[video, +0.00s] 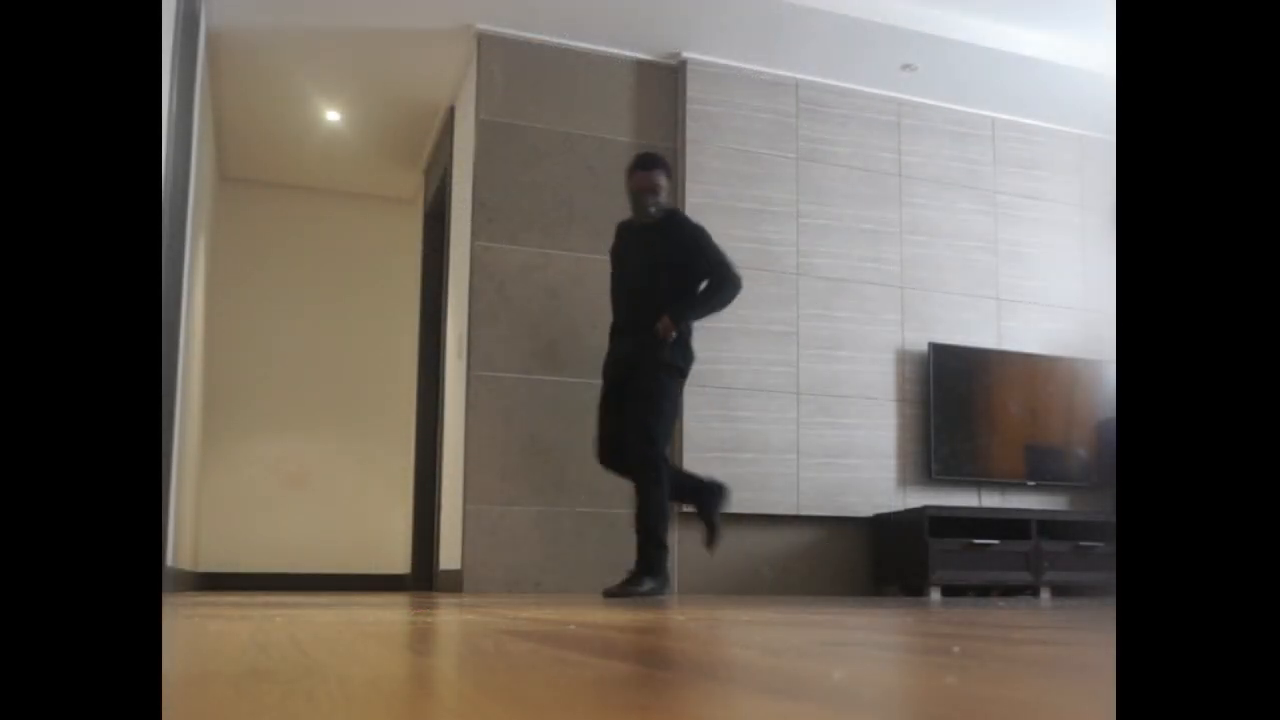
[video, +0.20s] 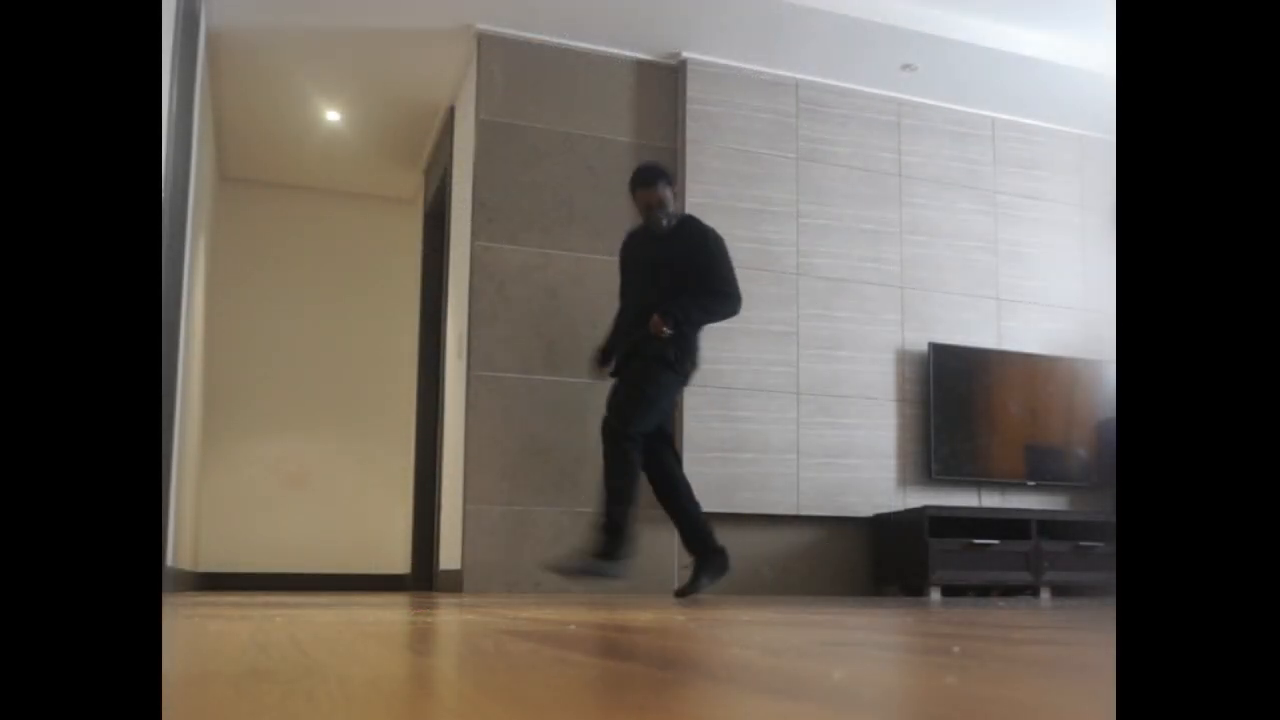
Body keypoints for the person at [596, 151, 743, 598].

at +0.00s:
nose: (648, 198)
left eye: (656, 190)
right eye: (640, 191)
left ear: (669, 189)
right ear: (628, 192)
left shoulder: (681, 231)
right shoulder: (625, 235)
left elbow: (728, 282)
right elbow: (624, 293)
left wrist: (680, 316)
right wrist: (620, 338)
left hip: (662, 359)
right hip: (624, 356)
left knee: (649, 458)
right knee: (613, 453)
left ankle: (652, 571)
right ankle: (703, 492)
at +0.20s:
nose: (656, 211)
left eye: (662, 202)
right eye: (647, 204)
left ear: (675, 196)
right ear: (635, 204)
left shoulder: (698, 237)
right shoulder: (634, 244)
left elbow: (728, 300)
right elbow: (632, 305)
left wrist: (677, 317)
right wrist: (611, 348)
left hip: (671, 359)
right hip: (637, 359)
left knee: (620, 429)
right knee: (658, 458)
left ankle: (612, 549)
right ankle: (709, 555)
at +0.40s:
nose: (642, 215)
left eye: (647, 206)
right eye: (634, 210)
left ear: (661, 200)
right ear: (626, 213)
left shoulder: (694, 234)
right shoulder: (634, 252)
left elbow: (731, 287)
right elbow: (630, 310)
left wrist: (685, 314)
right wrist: (590, 349)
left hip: (680, 355)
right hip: (651, 357)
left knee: (607, 404)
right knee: (652, 460)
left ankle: (611, 521)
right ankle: (706, 554)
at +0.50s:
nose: (642, 197)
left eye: (650, 189)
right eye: (636, 190)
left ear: (667, 191)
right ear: (627, 194)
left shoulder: (684, 227)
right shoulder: (631, 247)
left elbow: (723, 278)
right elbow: (635, 310)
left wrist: (675, 308)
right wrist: (619, 355)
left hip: (672, 354)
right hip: (639, 357)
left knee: (614, 418)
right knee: (635, 450)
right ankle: (649, 565)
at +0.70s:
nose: (639, 201)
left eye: (646, 192)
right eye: (632, 194)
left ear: (664, 192)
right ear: (624, 198)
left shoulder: (688, 228)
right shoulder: (631, 247)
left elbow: (719, 285)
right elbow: (633, 305)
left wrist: (677, 314)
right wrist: (632, 346)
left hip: (671, 356)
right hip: (632, 355)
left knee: (659, 444)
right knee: (603, 446)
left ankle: (705, 527)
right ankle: (638, 556)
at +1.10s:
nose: (636, 220)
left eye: (643, 211)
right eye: (628, 213)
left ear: (659, 205)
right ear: (619, 212)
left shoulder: (691, 246)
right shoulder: (615, 254)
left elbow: (727, 302)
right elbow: (609, 318)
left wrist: (697, 336)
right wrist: (595, 371)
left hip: (673, 373)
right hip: (626, 374)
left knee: (677, 466)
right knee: (628, 454)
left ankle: (693, 569)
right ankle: (594, 561)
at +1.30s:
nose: (637, 193)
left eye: (638, 186)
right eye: (624, 191)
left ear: (647, 195)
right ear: (608, 206)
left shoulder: (667, 249)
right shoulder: (593, 250)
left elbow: (678, 316)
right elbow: (576, 318)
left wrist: (729, 320)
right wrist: (556, 379)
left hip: (667, 383)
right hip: (610, 381)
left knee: (685, 473)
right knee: (568, 466)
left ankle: (695, 570)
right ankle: (530, 561)